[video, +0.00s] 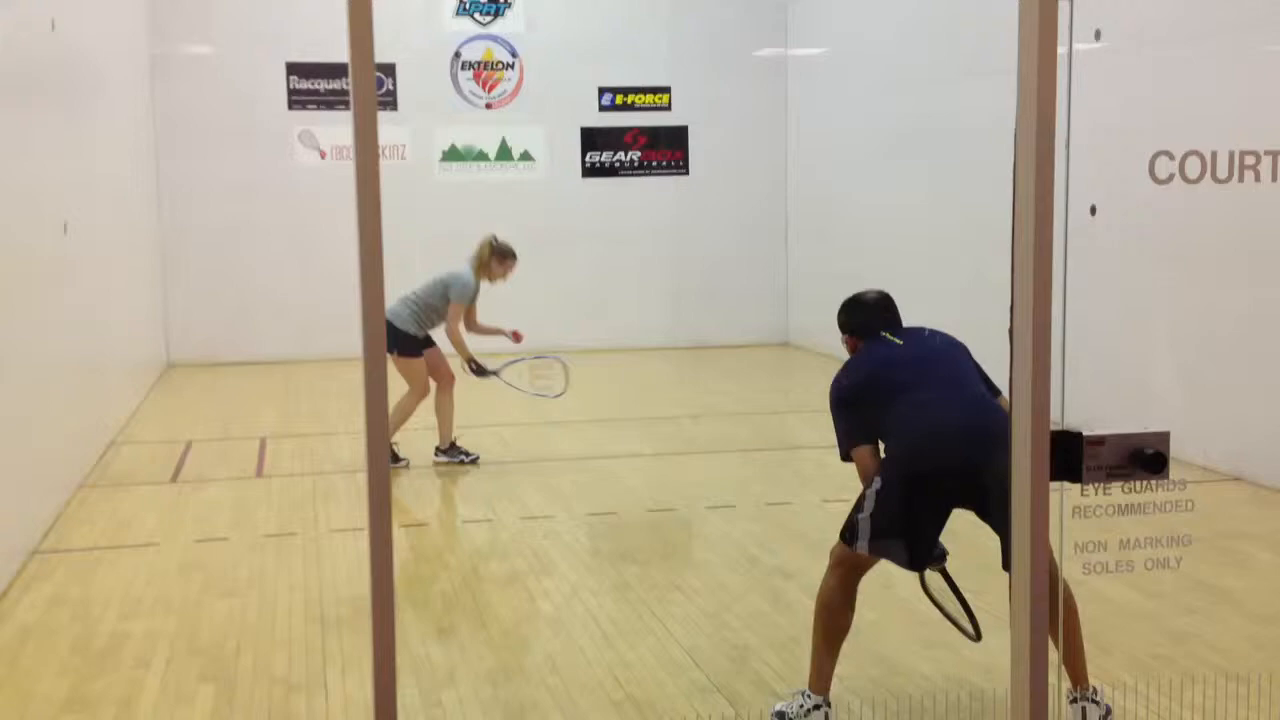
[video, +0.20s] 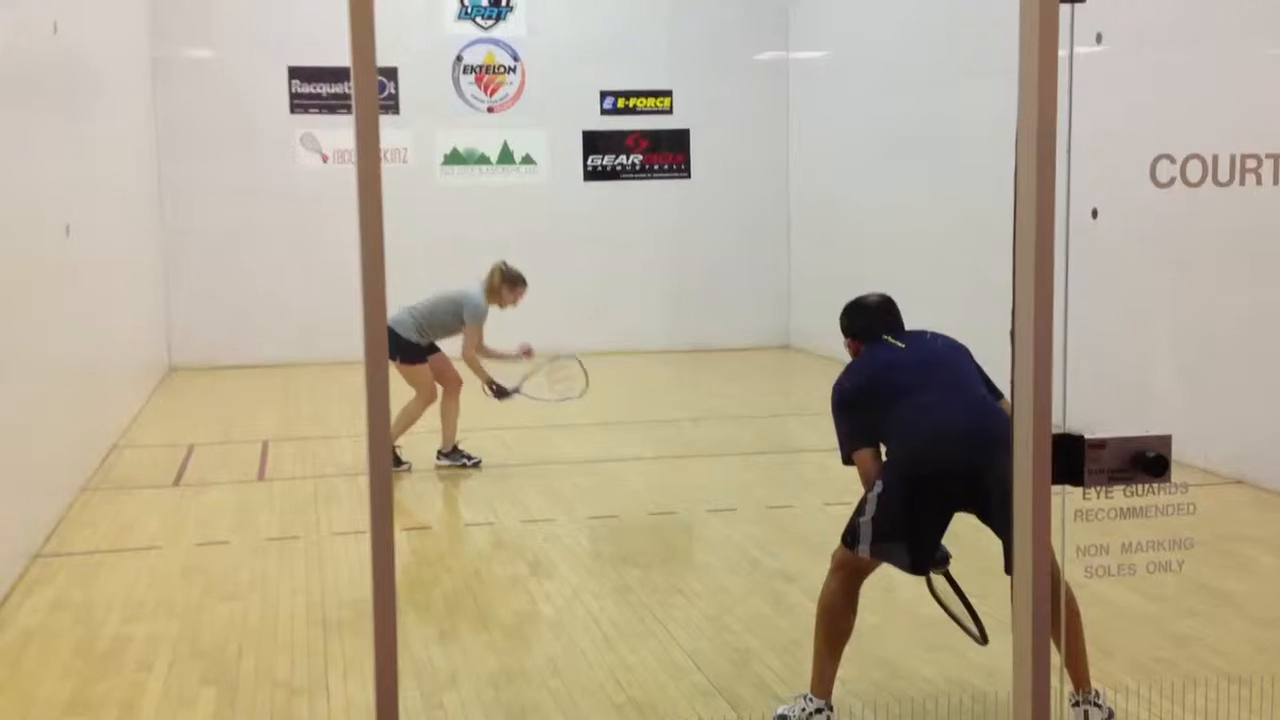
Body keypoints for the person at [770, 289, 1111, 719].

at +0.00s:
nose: (844, 346)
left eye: (844, 340)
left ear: (850, 342)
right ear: (898, 323)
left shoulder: (849, 380)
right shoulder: (943, 342)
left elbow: (870, 471)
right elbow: (1003, 408)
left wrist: (914, 538)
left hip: (919, 462)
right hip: (994, 452)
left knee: (844, 566)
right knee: (1042, 566)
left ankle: (815, 696)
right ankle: (1084, 692)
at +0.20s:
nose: (847, 351)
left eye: (846, 344)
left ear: (853, 345)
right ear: (901, 326)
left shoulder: (851, 383)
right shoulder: (946, 345)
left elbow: (872, 476)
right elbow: (1004, 411)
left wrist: (916, 541)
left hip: (921, 466)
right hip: (996, 456)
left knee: (846, 570)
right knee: (1045, 569)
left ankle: (817, 700)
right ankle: (1086, 695)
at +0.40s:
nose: (850, 355)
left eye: (849, 349)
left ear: (856, 350)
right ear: (903, 331)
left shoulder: (854, 388)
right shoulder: (948, 350)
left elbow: (874, 478)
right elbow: (1006, 414)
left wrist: (918, 546)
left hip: (924, 472)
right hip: (999, 461)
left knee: (849, 573)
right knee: (1048, 572)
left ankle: (820, 702)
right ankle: (1089, 697)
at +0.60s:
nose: (852, 357)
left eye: (851, 351)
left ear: (857, 352)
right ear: (905, 333)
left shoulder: (856, 388)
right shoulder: (948, 351)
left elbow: (875, 481)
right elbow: (1008, 416)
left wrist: (920, 546)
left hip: (924, 472)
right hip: (999, 461)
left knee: (851, 574)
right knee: (1050, 575)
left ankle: (822, 704)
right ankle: (1090, 700)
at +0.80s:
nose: (851, 359)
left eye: (851, 352)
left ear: (857, 353)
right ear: (905, 336)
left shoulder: (856, 390)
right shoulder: (948, 354)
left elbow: (876, 483)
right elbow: (1006, 417)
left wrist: (920, 549)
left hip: (924, 475)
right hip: (998, 464)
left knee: (850, 577)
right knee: (1050, 579)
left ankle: (821, 705)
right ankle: (1089, 702)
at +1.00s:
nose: (851, 361)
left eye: (850, 355)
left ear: (856, 356)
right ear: (904, 338)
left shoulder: (855, 393)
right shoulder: (948, 356)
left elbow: (873, 486)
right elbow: (1005, 420)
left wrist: (919, 552)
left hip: (922, 478)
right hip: (996, 468)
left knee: (848, 580)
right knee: (1049, 583)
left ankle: (820, 706)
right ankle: (1087, 702)